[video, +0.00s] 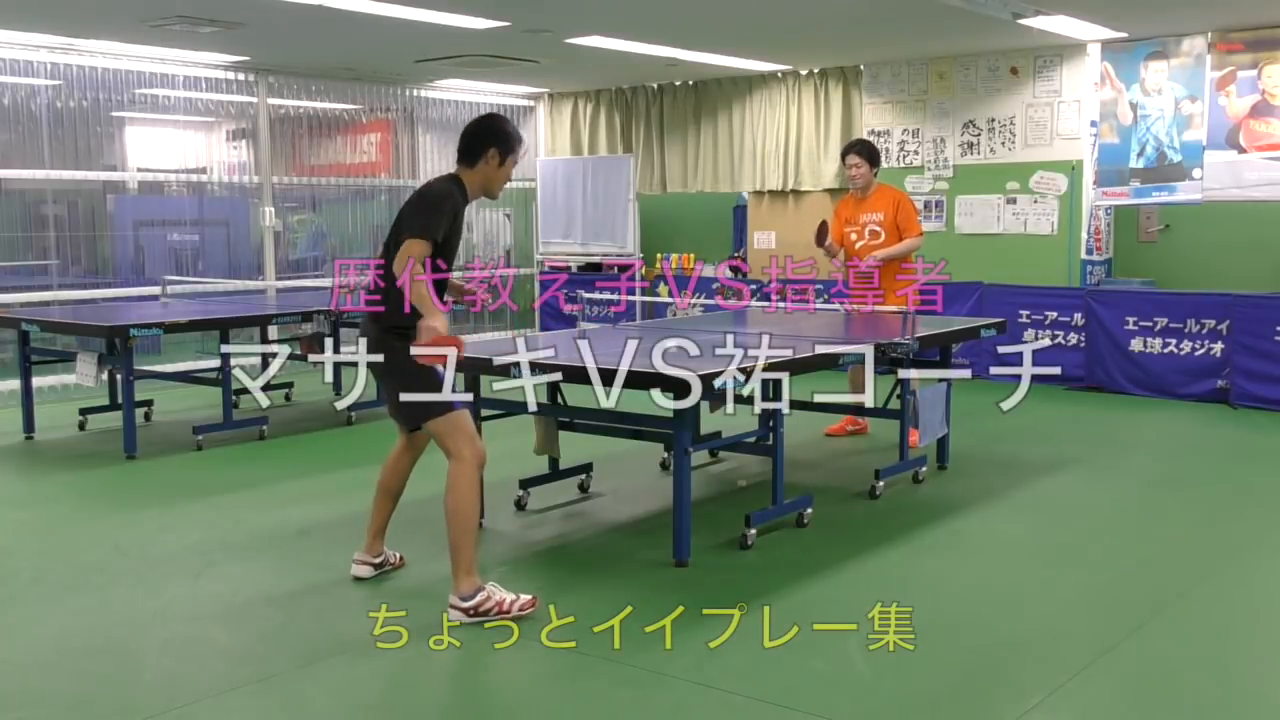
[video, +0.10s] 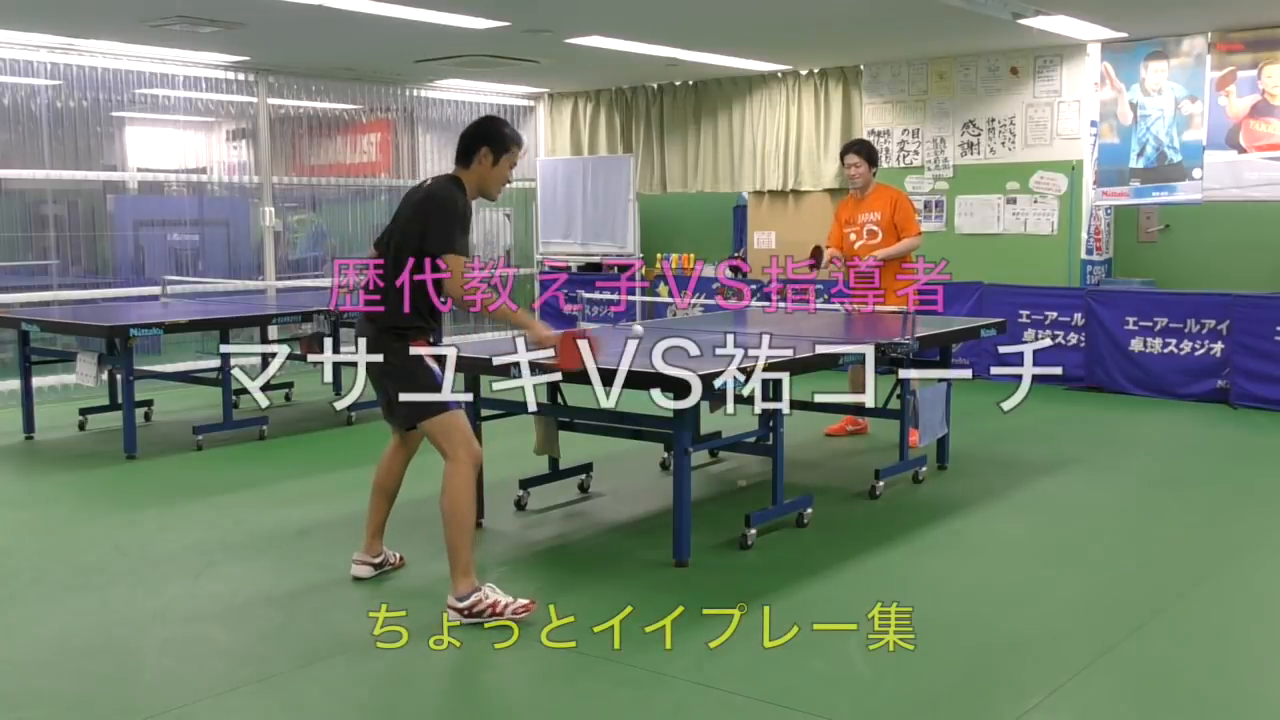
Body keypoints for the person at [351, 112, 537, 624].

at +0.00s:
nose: (510, 176)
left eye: (512, 167)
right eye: (509, 165)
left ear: (478, 158)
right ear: (488, 158)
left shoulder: (447, 197)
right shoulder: (442, 194)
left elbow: (415, 267)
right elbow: (405, 264)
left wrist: (449, 289)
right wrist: (432, 312)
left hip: (400, 343)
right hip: (408, 345)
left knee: (412, 441)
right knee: (468, 452)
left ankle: (370, 552)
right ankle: (467, 589)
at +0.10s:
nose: (510, 178)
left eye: (513, 168)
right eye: (509, 166)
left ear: (476, 159)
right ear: (483, 158)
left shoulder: (426, 193)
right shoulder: (451, 199)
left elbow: (383, 258)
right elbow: (459, 287)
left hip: (386, 340)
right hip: (405, 343)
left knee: (405, 441)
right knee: (464, 453)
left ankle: (370, 552)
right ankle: (465, 590)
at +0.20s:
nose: (508, 168)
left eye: (509, 157)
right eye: (505, 155)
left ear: (468, 151)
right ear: (483, 151)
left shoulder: (415, 188)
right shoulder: (469, 200)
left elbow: (366, 255)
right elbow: (526, 269)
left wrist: (439, 283)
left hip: (381, 336)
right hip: (411, 341)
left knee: (393, 441)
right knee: (469, 455)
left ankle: (369, 552)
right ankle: (469, 591)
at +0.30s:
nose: (504, 156)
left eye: (502, 146)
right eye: (502, 146)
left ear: (453, 145)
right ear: (488, 146)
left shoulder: (410, 187)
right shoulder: (486, 195)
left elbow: (362, 251)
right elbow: (560, 239)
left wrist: (414, 267)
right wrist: (584, 210)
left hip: (381, 339)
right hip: (425, 343)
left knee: (383, 444)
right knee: (487, 456)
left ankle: (368, 552)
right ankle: (471, 593)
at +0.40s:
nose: (499, 151)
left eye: (496, 143)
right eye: (498, 143)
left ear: (447, 145)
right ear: (488, 145)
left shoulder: (407, 191)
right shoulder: (493, 194)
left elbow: (364, 255)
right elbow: (568, 228)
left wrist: (418, 272)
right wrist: (577, 193)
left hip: (394, 343)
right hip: (445, 347)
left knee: (382, 451)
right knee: (502, 464)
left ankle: (367, 552)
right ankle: (475, 596)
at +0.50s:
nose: (499, 150)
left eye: (496, 142)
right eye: (498, 142)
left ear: (446, 144)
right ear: (489, 144)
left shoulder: (408, 191)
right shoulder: (496, 195)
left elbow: (367, 254)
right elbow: (568, 248)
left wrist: (423, 263)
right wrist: (575, 218)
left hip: (399, 345)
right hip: (453, 348)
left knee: (385, 453)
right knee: (507, 467)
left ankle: (369, 552)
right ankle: (475, 596)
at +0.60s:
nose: (502, 146)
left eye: (499, 137)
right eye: (502, 137)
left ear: (450, 136)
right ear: (493, 137)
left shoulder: (412, 184)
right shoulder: (489, 189)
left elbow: (372, 251)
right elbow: (530, 263)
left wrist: (429, 266)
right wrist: (574, 277)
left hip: (396, 338)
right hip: (448, 343)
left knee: (391, 445)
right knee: (500, 462)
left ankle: (365, 554)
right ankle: (475, 598)